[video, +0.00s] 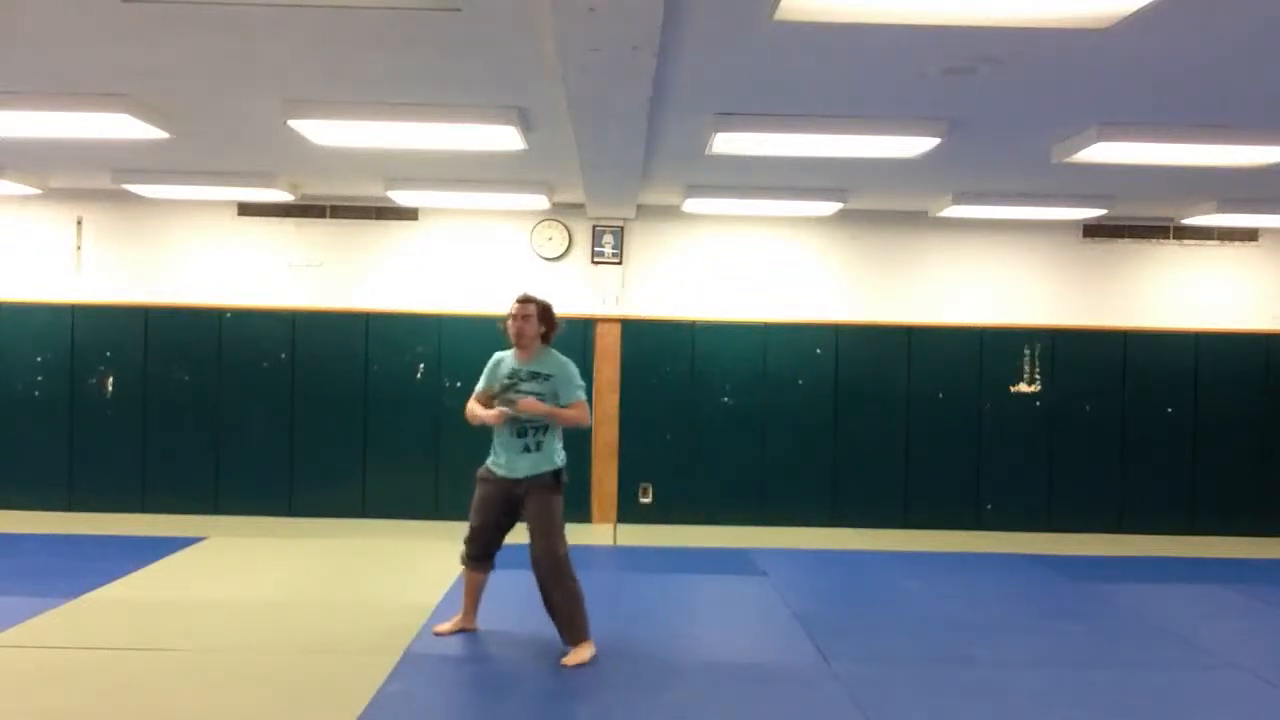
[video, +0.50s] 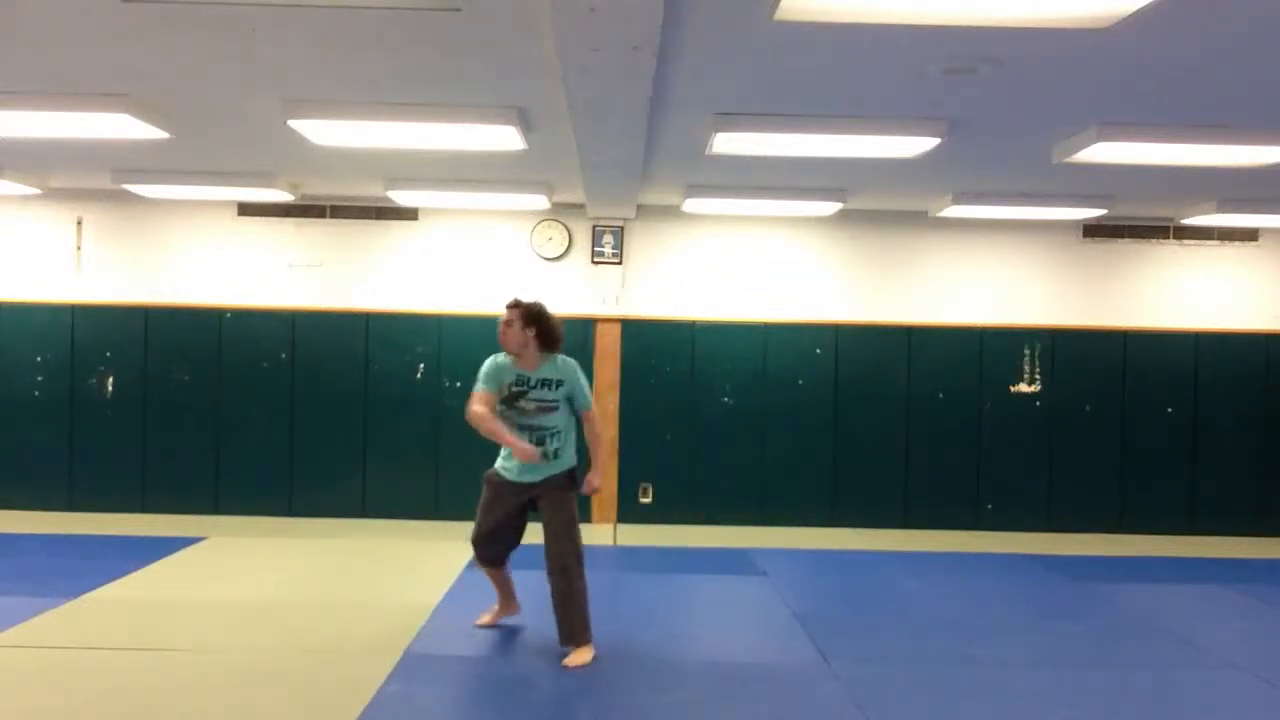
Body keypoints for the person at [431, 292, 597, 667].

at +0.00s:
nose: (519, 324)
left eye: (527, 318)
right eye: (515, 318)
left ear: (543, 325)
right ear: (508, 323)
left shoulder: (561, 367)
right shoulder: (498, 362)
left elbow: (582, 416)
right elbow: (471, 407)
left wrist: (540, 410)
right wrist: (485, 414)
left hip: (542, 474)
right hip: (498, 472)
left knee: (549, 556)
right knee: (477, 545)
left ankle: (581, 642)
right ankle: (467, 617)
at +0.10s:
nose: (528, 325)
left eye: (537, 319)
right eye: (526, 319)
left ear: (556, 326)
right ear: (521, 324)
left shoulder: (577, 370)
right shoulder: (509, 360)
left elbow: (600, 421)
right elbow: (475, 405)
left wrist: (562, 416)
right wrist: (509, 417)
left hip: (553, 478)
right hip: (506, 474)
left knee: (556, 558)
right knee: (481, 548)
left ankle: (582, 643)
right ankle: (467, 616)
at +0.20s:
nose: (533, 324)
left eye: (542, 318)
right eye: (532, 318)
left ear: (563, 326)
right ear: (530, 323)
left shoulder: (586, 370)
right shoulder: (516, 356)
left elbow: (610, 420)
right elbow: (487, 403)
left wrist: (590, 431)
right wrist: (534, 419)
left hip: (557, 477)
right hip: (509, 471)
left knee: (562, 559)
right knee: (481, 546)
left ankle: (581, 642)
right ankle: (471, 607)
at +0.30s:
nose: (530, 324)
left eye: (540, 318)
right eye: (530, 317)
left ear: (561, 327)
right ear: (529, 323)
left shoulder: (586, 368)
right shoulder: (515, 355)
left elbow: (607, 414)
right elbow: (495, 403)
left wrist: (601, 446)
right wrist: (546, 420)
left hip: (558, 476)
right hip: (510, 469)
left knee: (565, 558)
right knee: (481, 543)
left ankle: (581, 641)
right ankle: (483, 593)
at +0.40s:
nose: (520, 325)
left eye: (528, 320)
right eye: (520, 319)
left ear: (550, 327)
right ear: (522, 325)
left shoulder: (580, 368)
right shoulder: (509, 359)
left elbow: (600, 415)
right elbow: (495, 408)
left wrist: (599, 457)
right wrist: (544, 431)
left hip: (557, 476)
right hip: (509, 471)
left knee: (566, 558)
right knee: (482, 543)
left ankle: (581, 642)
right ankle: (495, 593)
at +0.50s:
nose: (501, 329)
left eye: (509, 324)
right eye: (502, 323)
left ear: (531, 332)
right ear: (511, 331)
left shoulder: (566, 370)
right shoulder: (496, 367)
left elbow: (590, 420)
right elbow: (477, 411)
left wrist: (597, 469)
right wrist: (515, 443)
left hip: (556, 476)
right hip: (508, 474)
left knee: (564, 558)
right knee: (486, 545)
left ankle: (581, 642)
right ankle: (507, 603)